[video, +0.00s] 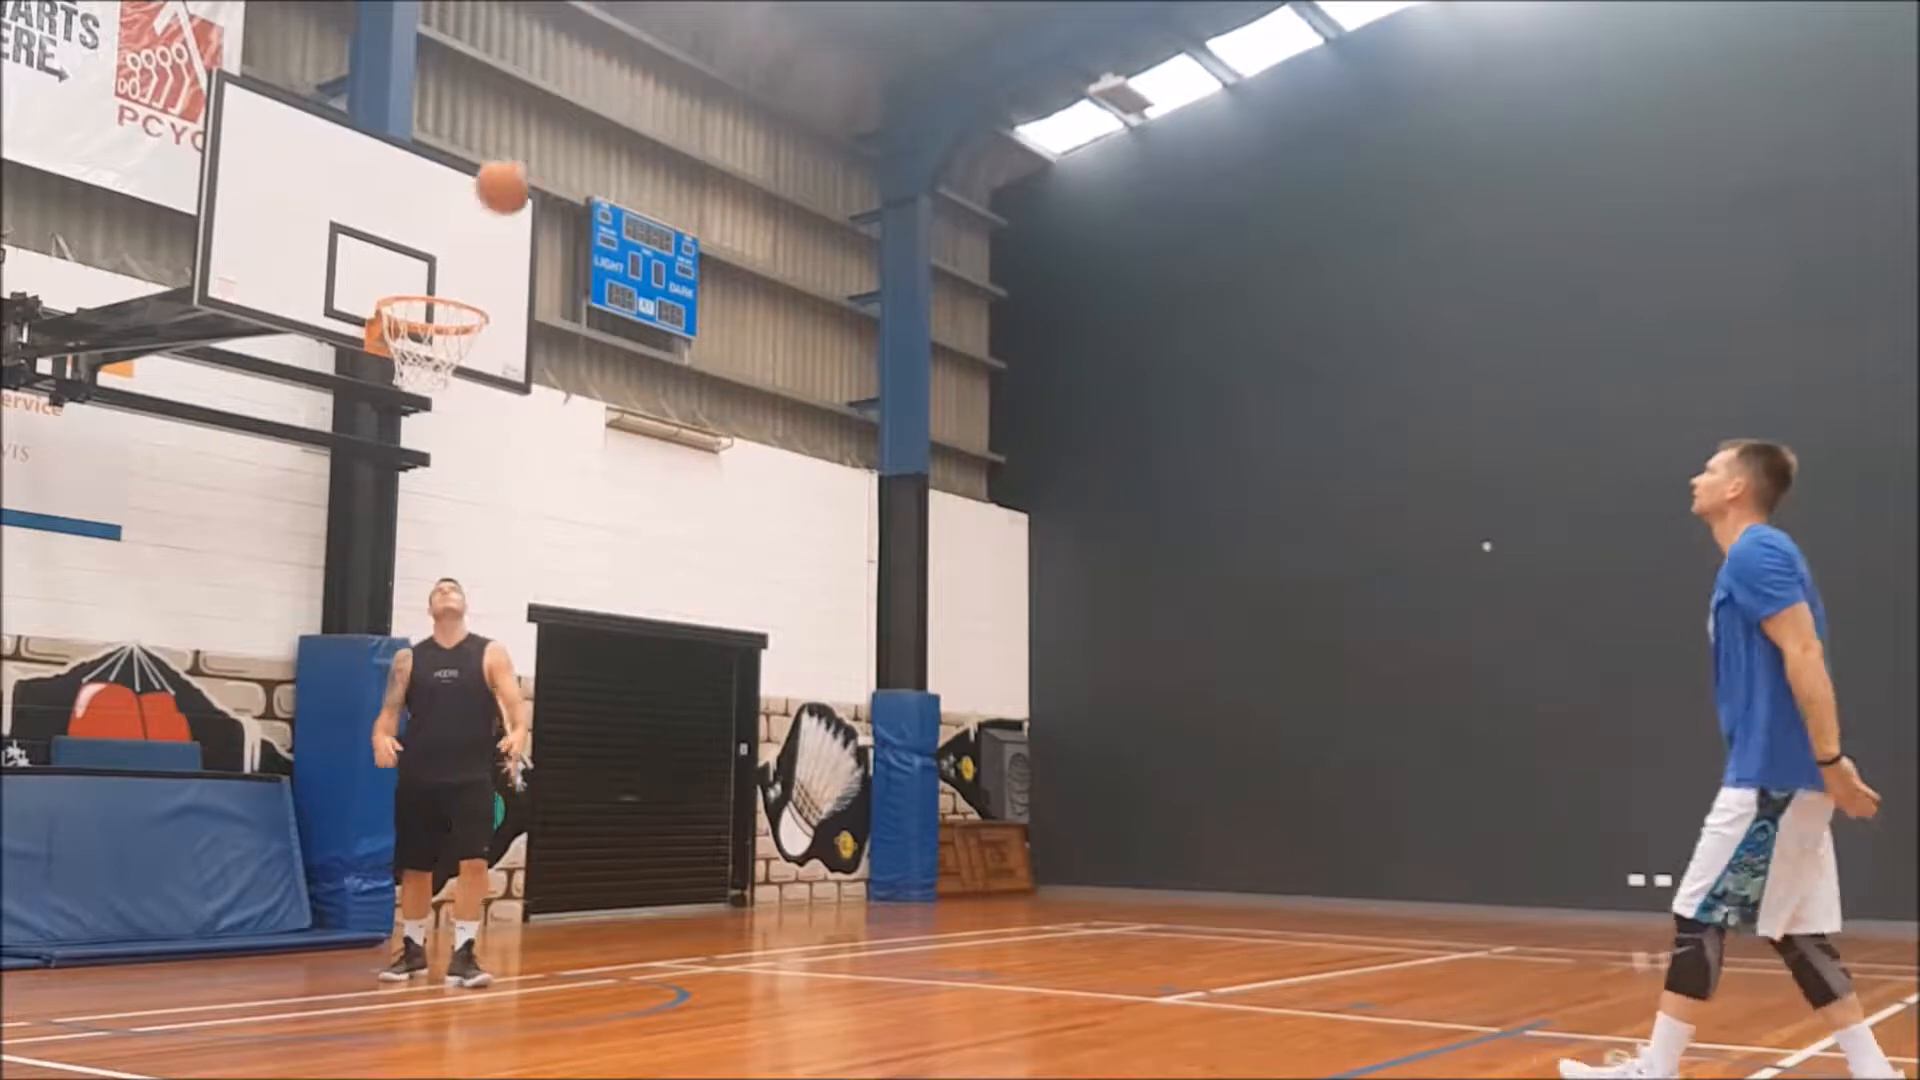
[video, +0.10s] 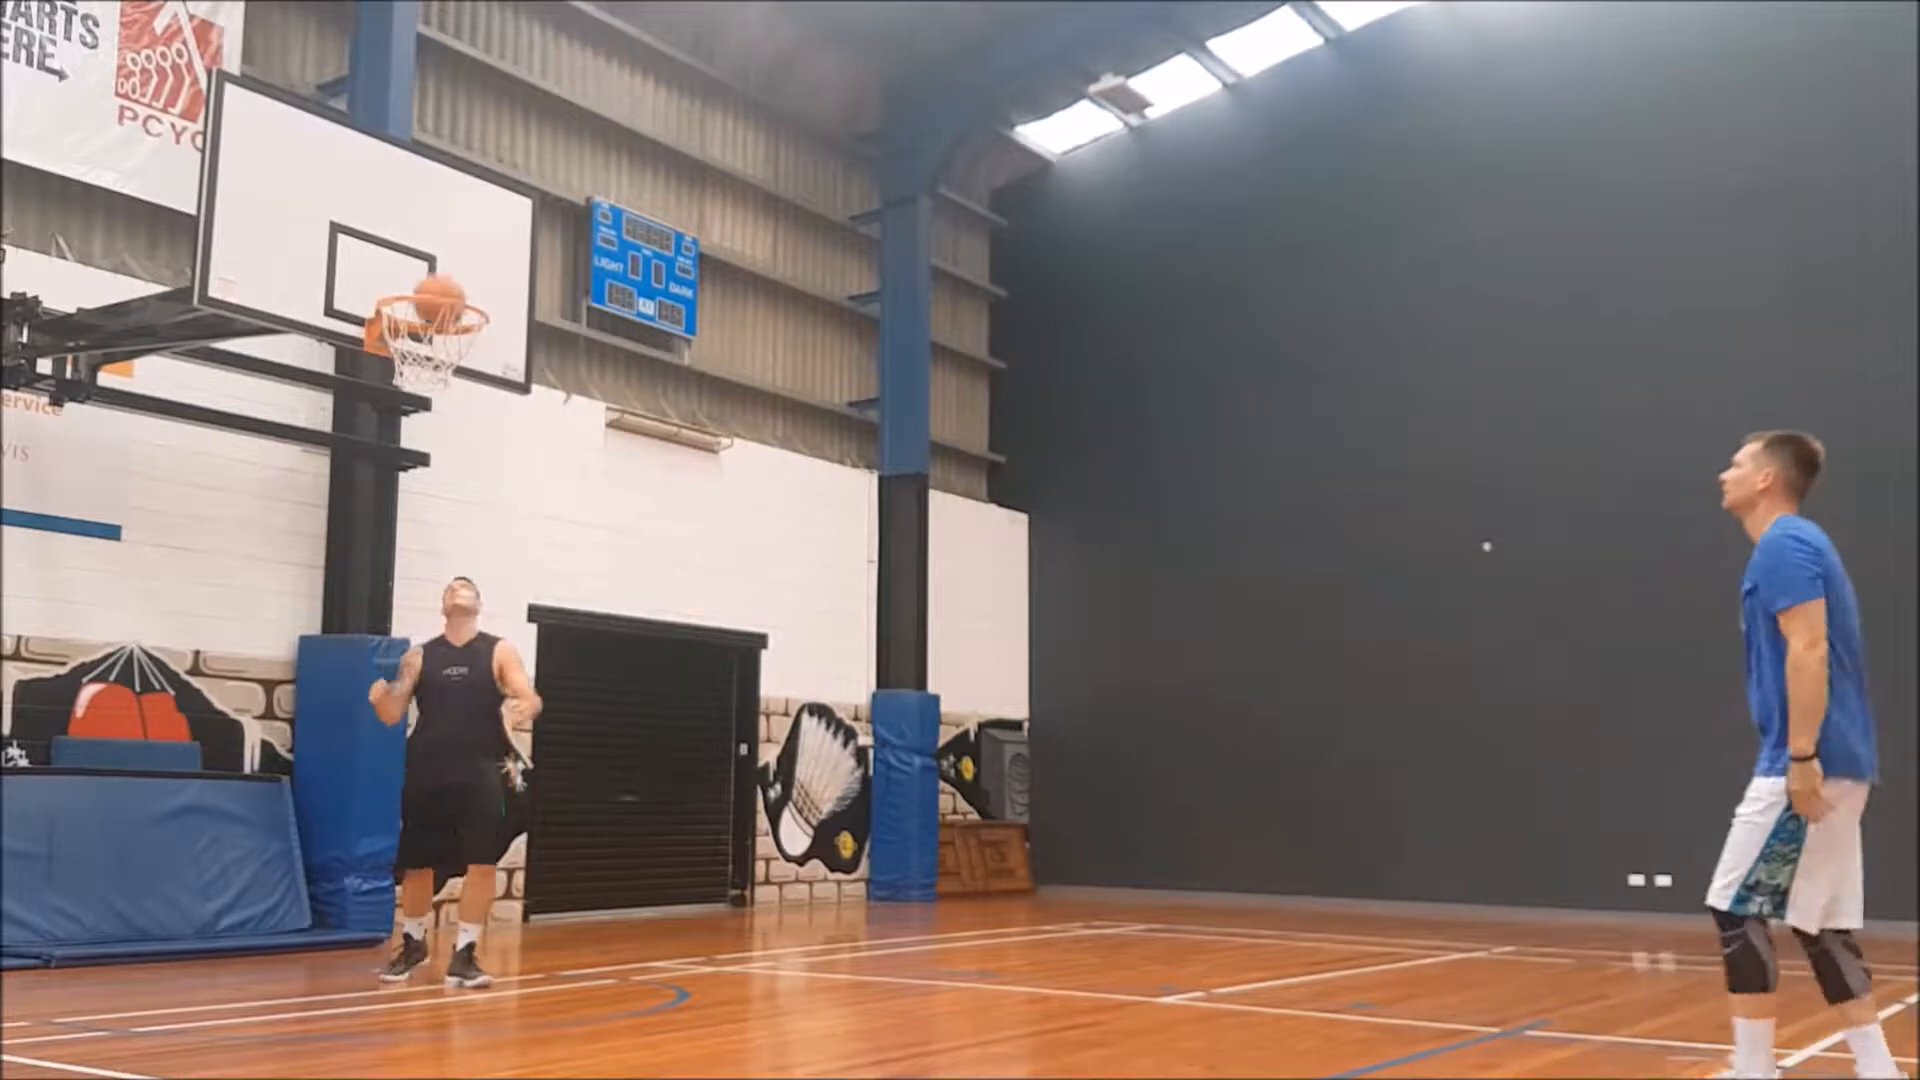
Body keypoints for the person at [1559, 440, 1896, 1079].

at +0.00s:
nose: (1695, 480)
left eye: (1708, 470)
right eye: (1703, 470)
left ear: (1736, 488)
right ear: (1744, 491)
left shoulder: (1753, 553)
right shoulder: (1771, 555)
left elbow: (1804, 653)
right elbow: (1810, 658)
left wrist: (1832, 762)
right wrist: (1831, 770)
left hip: (1765, 778)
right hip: (1795, 778)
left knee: (1698, 918)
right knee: (1798, 930)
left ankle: (1656, 1065)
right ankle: (1873, 1067)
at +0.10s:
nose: (1722, 476)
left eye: (1735, 465)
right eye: (1729, 465)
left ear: (1766, 479)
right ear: (1774, 481)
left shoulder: (1783, 545)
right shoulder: (1806, 544)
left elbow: (1809, 648)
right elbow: (1822, 651)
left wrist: (1801, 757)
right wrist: (1802, 759)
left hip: (1799, 766)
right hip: (1838, 765)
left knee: (1735, 906)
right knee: (1822, 921)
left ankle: (1752, 1067)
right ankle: (1879, 1068)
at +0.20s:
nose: (1754, 471)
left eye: (1765, 460)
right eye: (1760, 459)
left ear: (1796, 473)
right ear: (1805, 476)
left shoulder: (1808, 538)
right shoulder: (1835, 539)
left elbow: (1809, 644)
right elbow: (1833, 654)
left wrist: (1765, 744)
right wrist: (1786, 752)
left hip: (1840, 757)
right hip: (1869, 757)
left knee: (1785, 909)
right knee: (1847, 920)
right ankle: (1881, 1063)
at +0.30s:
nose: (1785, 468)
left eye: (1796, 457)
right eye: (1791, 457)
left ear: (1829, 469)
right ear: (1836, 472)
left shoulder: (1835, 536)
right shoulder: (1861, 537)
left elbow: (1810, 643)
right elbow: (1856, 666)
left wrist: (1741, 729)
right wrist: (1816, 757)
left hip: (1872, 766)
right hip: (1877, 763)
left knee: (1859, 925)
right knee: (1875, 926)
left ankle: (1883, 1068)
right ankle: (1883, 1065)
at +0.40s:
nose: (1816, 467)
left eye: (1829, 456)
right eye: (1821, 456)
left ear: (1864, 468)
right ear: (1871, 471)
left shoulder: (1863, 533)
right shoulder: (1893, 534)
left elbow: (1821, 642)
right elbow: (1891, 664)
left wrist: (1740, 714)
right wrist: (1853, 762)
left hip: (1885, 769)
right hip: (1886, 767)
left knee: (1884, 926)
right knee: (1880, 924)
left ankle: (1887, 1067)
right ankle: (1886, 1066)